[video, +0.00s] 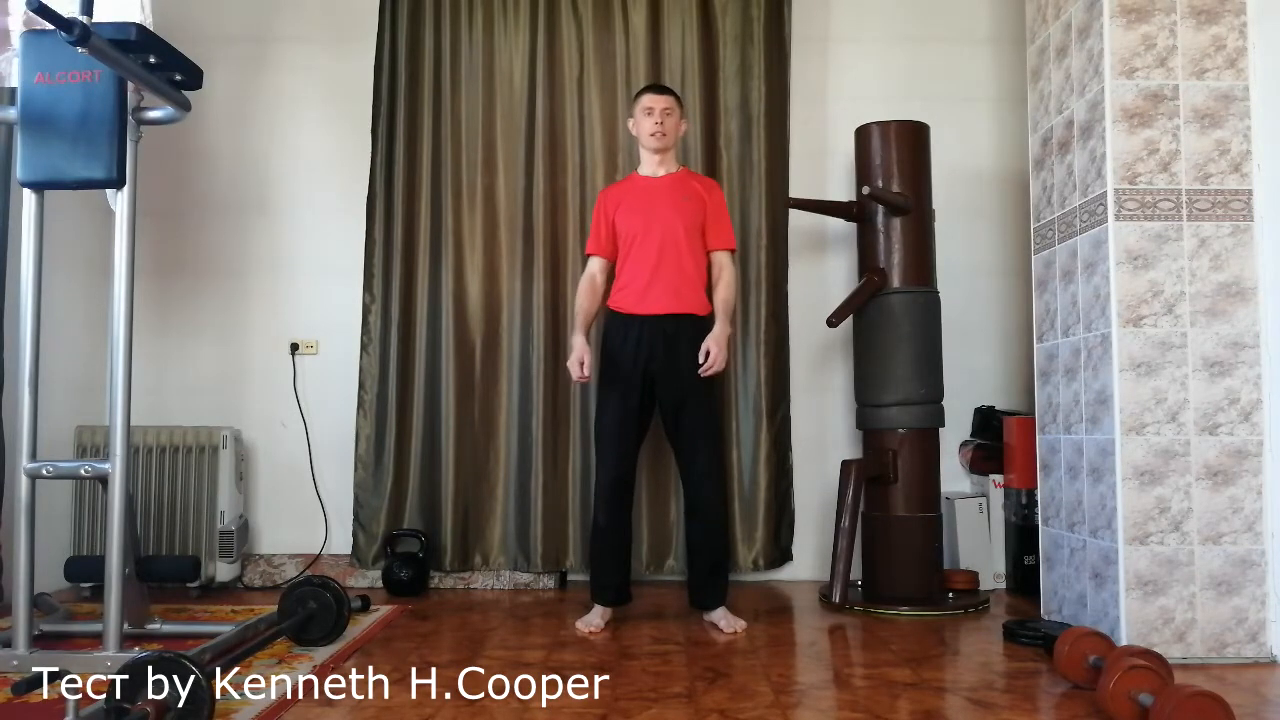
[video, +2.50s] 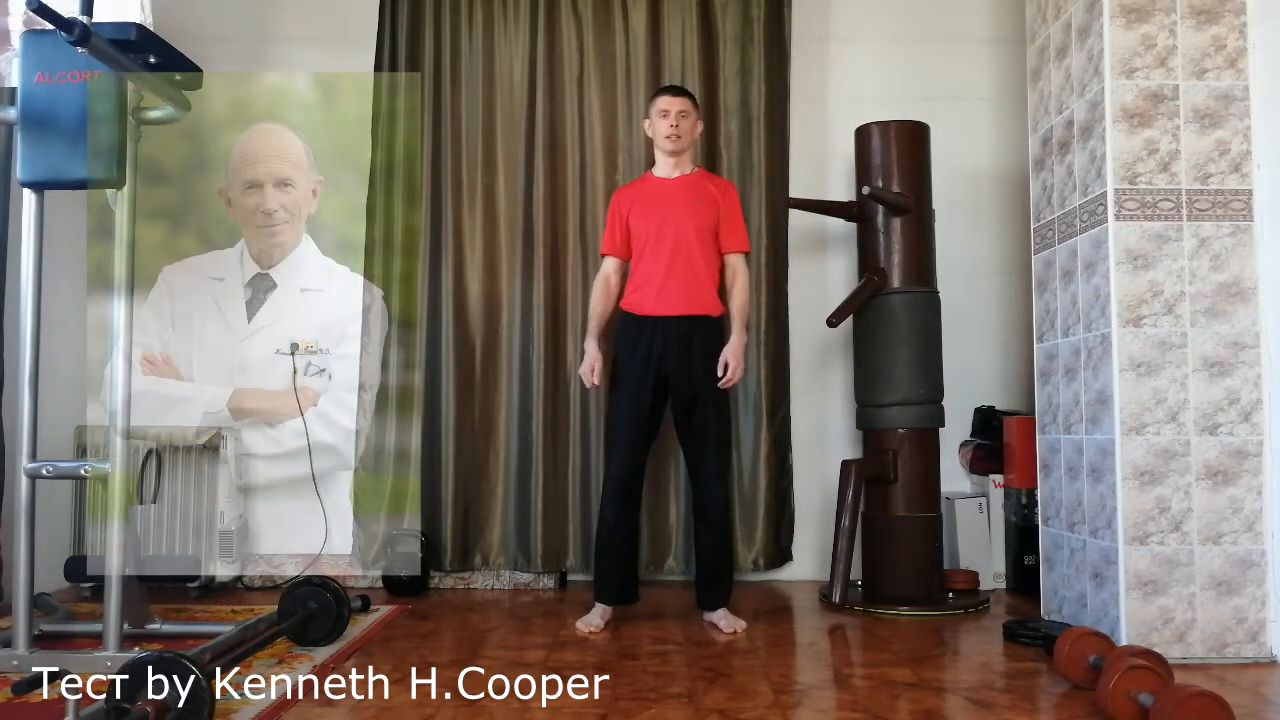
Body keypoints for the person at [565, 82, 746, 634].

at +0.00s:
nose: (658, 120)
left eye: (667, 112)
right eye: (648, 113)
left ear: (682, 126)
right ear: (632, 126)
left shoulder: (705, 191)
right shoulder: (613, 196)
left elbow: (724, 269)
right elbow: (596, 273)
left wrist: (722, 327)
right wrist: (579, 333)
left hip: (689, 338)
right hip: (624, 338)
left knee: (704, 473)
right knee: (613, 472)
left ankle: (710, 601)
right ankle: (606, 599)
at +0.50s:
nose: (665, 120)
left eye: (675, 112)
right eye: (655, 113)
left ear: (690, 126)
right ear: (640, 126)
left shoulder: (712, 192)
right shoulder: (620, 197)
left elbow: (731, 272)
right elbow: (604, 276)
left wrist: (738, 338)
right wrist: (587, 343)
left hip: (697, 340)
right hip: (631, 339)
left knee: (706, 474)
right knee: (617, 473)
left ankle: (712, 601)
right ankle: (607, 598)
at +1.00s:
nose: (669, 122)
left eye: (679, 114)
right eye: (659, 114)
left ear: (693, 127)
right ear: (643, 127)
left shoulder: (715, 193)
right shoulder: (624, 198)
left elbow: (732, 272)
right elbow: (608, 275)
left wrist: (732, 334)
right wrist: (594, 340)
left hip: (698, 339)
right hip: (633, 339)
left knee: (707, 475)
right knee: (618, 473)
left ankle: (712, 602)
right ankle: (608, 599)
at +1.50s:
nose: (672, 122)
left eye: (682, 115)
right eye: (662, 115)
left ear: (696, 127)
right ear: (645, 126)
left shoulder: (716, 194)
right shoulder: (625, 198)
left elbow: (734, 272)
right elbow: (609, 275)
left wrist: (738, 340)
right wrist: (593, 343)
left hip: (699, 340)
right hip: (635, 339)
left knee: (709, 474)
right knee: (619, 472)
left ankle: (712, 601)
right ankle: (608, 598)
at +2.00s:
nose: (675, 123)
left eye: (685, 115)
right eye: (665, 115)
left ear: (701, 128)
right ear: (648, 127)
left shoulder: (720, 192)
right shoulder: (629, 199)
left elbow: (738, 272)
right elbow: (615, 276)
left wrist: (740, 338)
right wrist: (599, 342)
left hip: (704, 340)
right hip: (640, 338)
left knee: (712, 475)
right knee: (623, 473)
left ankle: (714, 602)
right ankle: (609, 598)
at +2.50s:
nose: (673, 122)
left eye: (683, 115)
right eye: (663, 114)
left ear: (698, 128)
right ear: (646, 128)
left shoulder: (719, 192)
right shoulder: (627, 197)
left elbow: (737, 271)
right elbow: (610, 274)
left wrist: (738, 336)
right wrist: (593, 338)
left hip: (702, 339)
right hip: (637, 338)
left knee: (711, 474)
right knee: (622, 472)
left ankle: (714, 602)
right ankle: (609, 597)